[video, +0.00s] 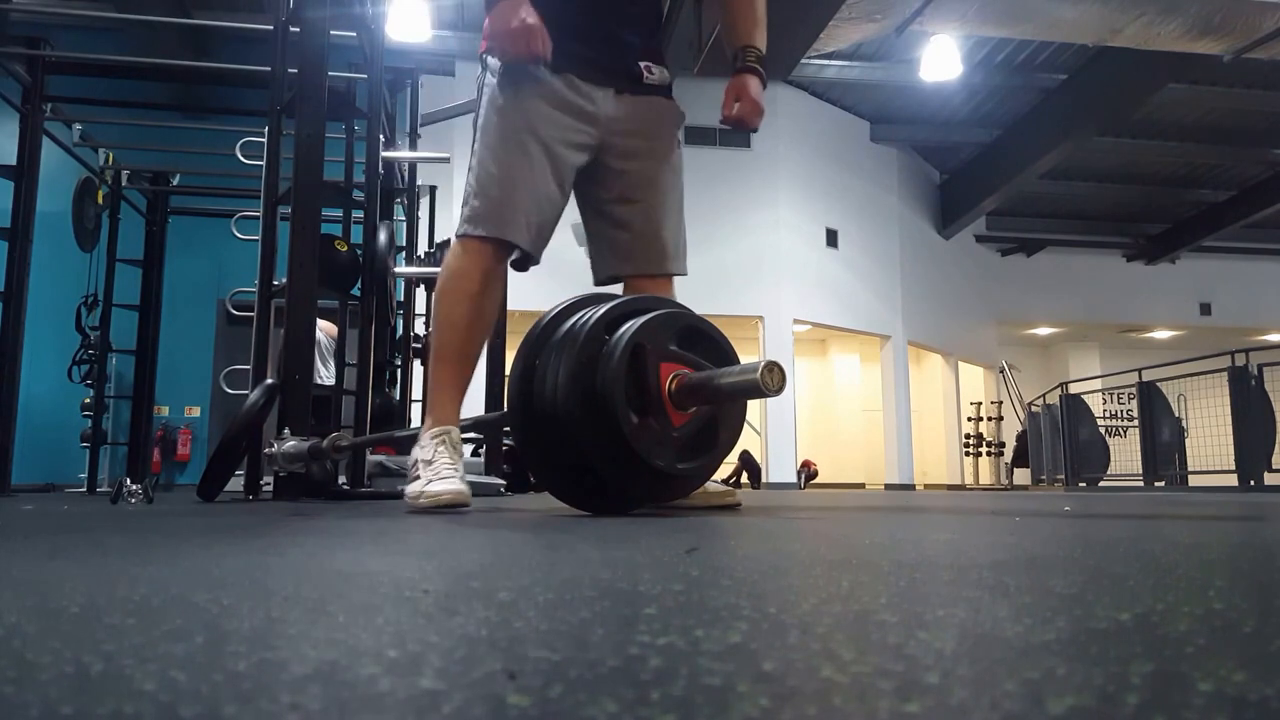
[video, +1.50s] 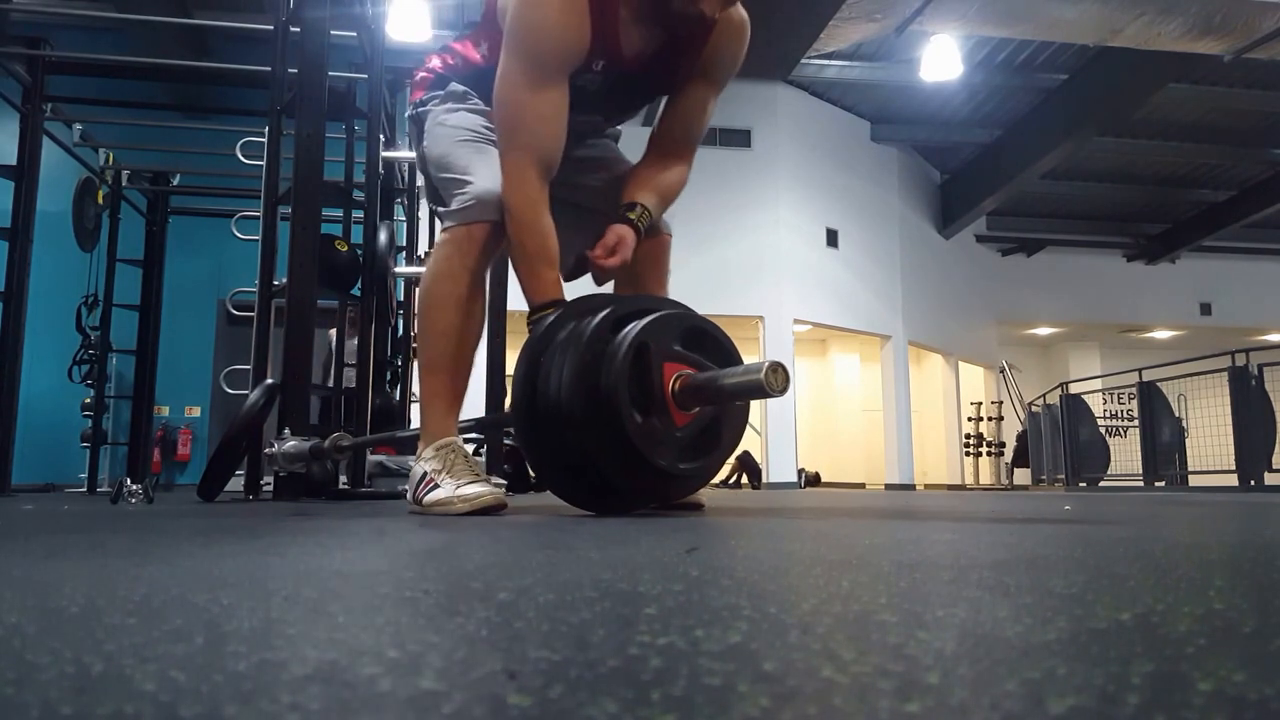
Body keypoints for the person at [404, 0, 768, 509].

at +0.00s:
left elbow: (742, 1)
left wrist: (749, 61)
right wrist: (506, 1)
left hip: (643, 81)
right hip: (542, 62)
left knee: (651, 270)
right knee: (487, 237)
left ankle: (666, 461)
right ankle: (439, 439)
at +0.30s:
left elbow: (705, 2)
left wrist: (684, 70)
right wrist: (491, 14)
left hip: (633, 83)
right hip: (528, 67)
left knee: (643, 270)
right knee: (486, 241)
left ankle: (661, 463)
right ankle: (464, 450)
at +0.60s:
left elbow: (698, 4)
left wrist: (676, 51)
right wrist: (471, 8)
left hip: (612, 61)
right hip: (508, 46)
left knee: (633, 238)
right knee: (480, 232)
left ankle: (647, 461)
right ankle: (466, 453)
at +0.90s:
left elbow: (714, 26)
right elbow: (485, 4)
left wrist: (689, 140)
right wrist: (513, 124)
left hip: (586, 84)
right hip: (476, 64)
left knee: (631, 240)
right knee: (465, 232)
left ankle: (648, 459)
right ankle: (438, 452)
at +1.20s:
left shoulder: (704, 4)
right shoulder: (533, 5)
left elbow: (666, 107)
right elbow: (523, 138)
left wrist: (634, 200)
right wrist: (542, 304)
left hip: (571, 111)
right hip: (461, 85)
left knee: (638, 235)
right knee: (473, 203)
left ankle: (645, 455)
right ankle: (438, 453)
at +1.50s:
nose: (717, 2)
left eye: (725, 1)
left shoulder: (727, 24)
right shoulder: (552, 10)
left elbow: (672, 153)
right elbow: (526, 168)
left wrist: (633, 217)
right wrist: (549, 321)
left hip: (579, 121)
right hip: (470, 95)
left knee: (650, 238)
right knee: (483, 211)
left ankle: (646, 455)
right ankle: (438, 454)